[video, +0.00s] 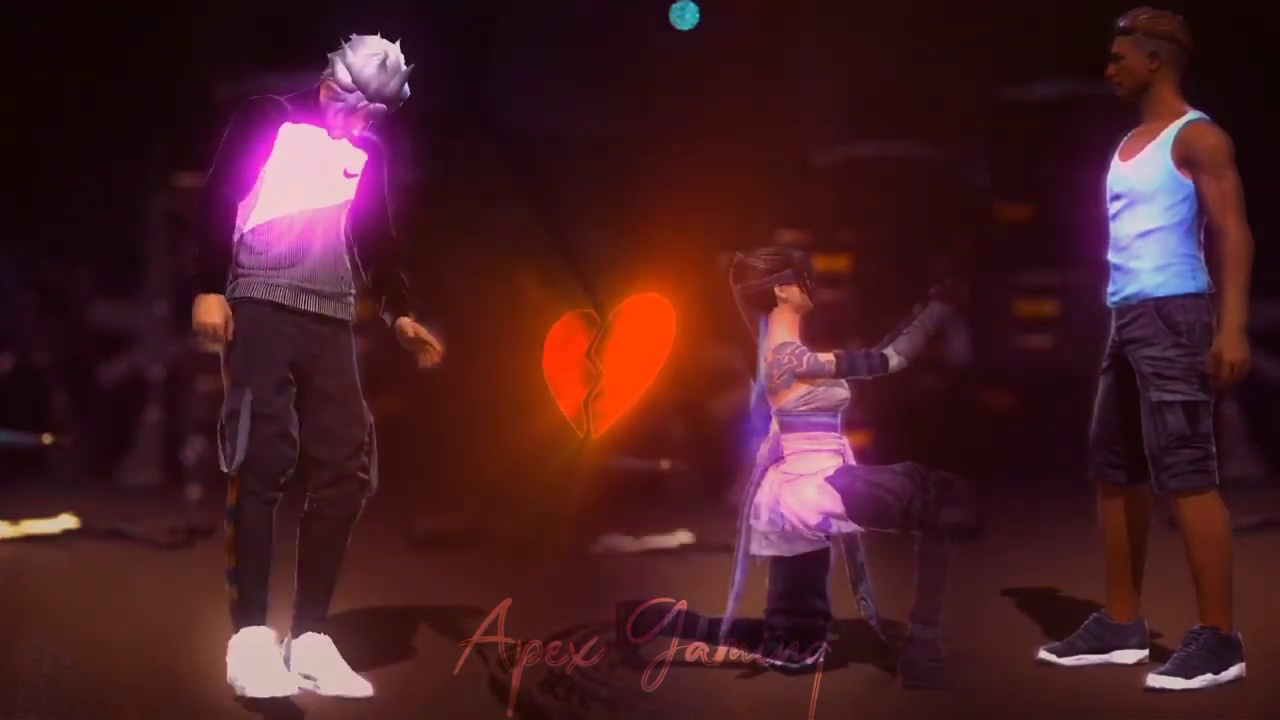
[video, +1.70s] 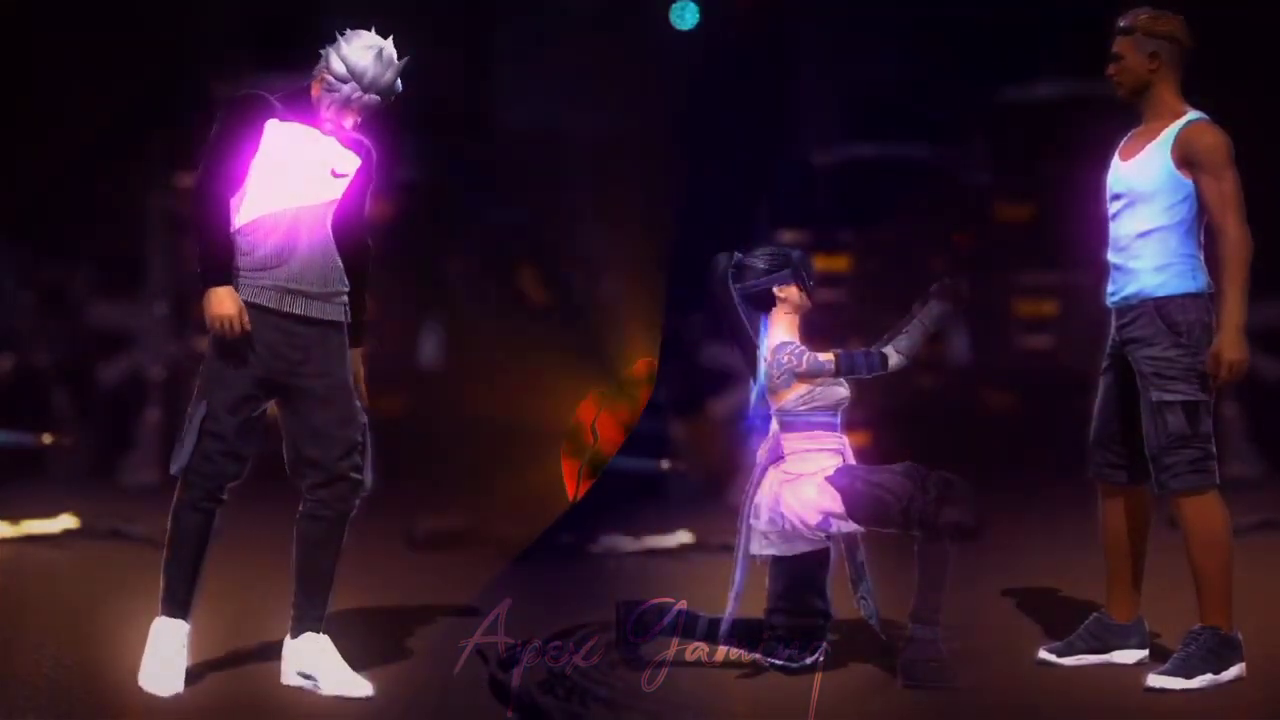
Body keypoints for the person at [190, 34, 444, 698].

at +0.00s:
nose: (357, 123)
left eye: (372, 114)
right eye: (351, 105)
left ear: (384, 110)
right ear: (329, 83)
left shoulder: (374, 151)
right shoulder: (269, 119)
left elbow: (376, 243)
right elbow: (220, 200)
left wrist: (401, 314)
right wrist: (208, 286)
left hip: (332, 324)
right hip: (263, 312)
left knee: (342, 473)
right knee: (265, 467)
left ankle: (310, 635)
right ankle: (252, 635)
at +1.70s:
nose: (348, 116)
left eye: (362, 108)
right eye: (341, 98)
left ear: (375, 107)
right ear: (319, 82)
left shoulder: (369, 157)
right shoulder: (257, 122)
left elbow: (361, 255)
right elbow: (213, 197)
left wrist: (353, 345)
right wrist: (217, 279)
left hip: (325, 333)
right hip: (250, 319)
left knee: (334, 479)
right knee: (208, 473)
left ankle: (307, 637)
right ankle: (172, 625)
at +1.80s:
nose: (344, 115)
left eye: (359, 107)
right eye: (338, 96)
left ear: (372, 107)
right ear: (315, 81)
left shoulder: (364, 154)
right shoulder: (251, 118)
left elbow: (358, 227)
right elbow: (208, 198)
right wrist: (218, 277)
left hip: (319, 331)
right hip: (244, 318)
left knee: (333, 478)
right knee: (203, 471)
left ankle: (306, 637)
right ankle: (169, 623)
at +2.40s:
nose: (340, 111)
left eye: (354, 102)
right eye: (333, 94)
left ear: (365, 98)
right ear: (308, 78)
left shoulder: (362, 150)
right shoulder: (236, 115)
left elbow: (344, 241)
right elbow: (189, 197)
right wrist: (210, 269)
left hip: (307, 329)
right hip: (227, 319)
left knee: (321, 477)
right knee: (188, 470)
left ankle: (304, 639)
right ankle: (161, 623)